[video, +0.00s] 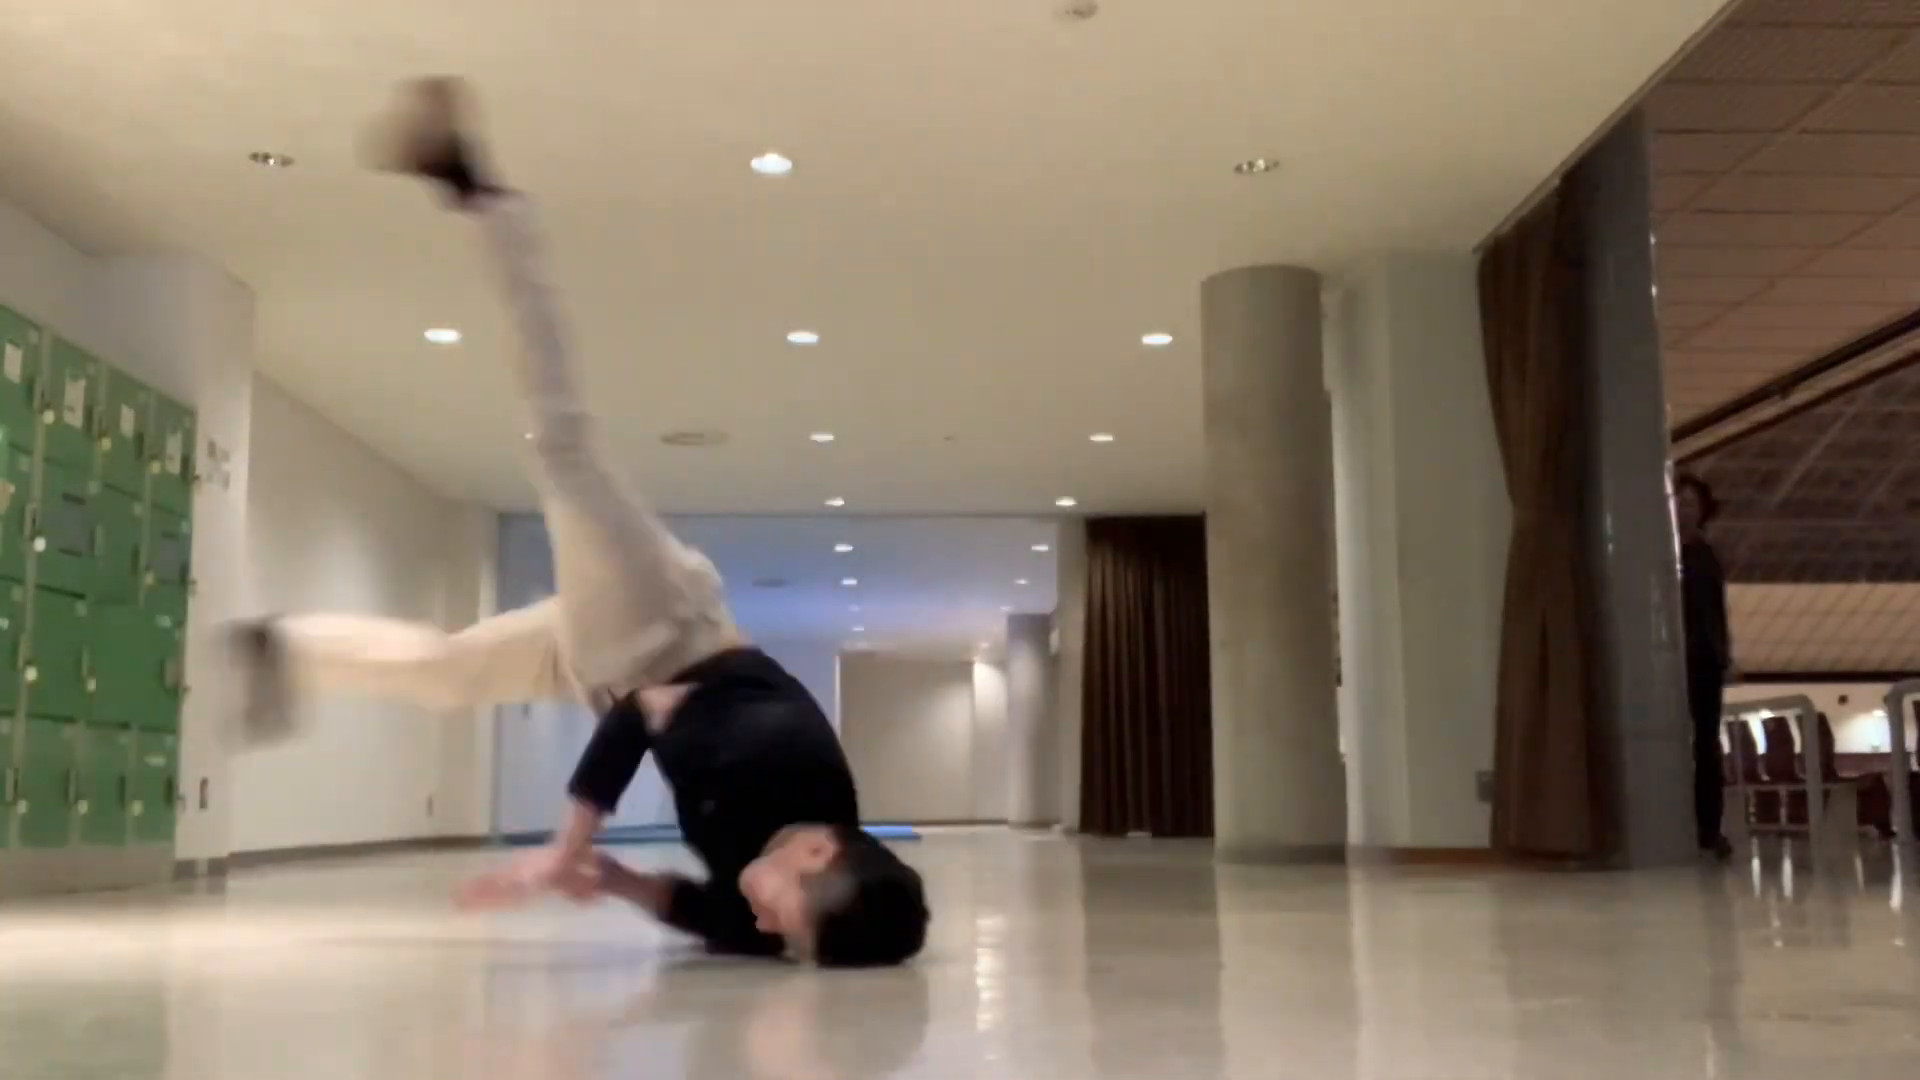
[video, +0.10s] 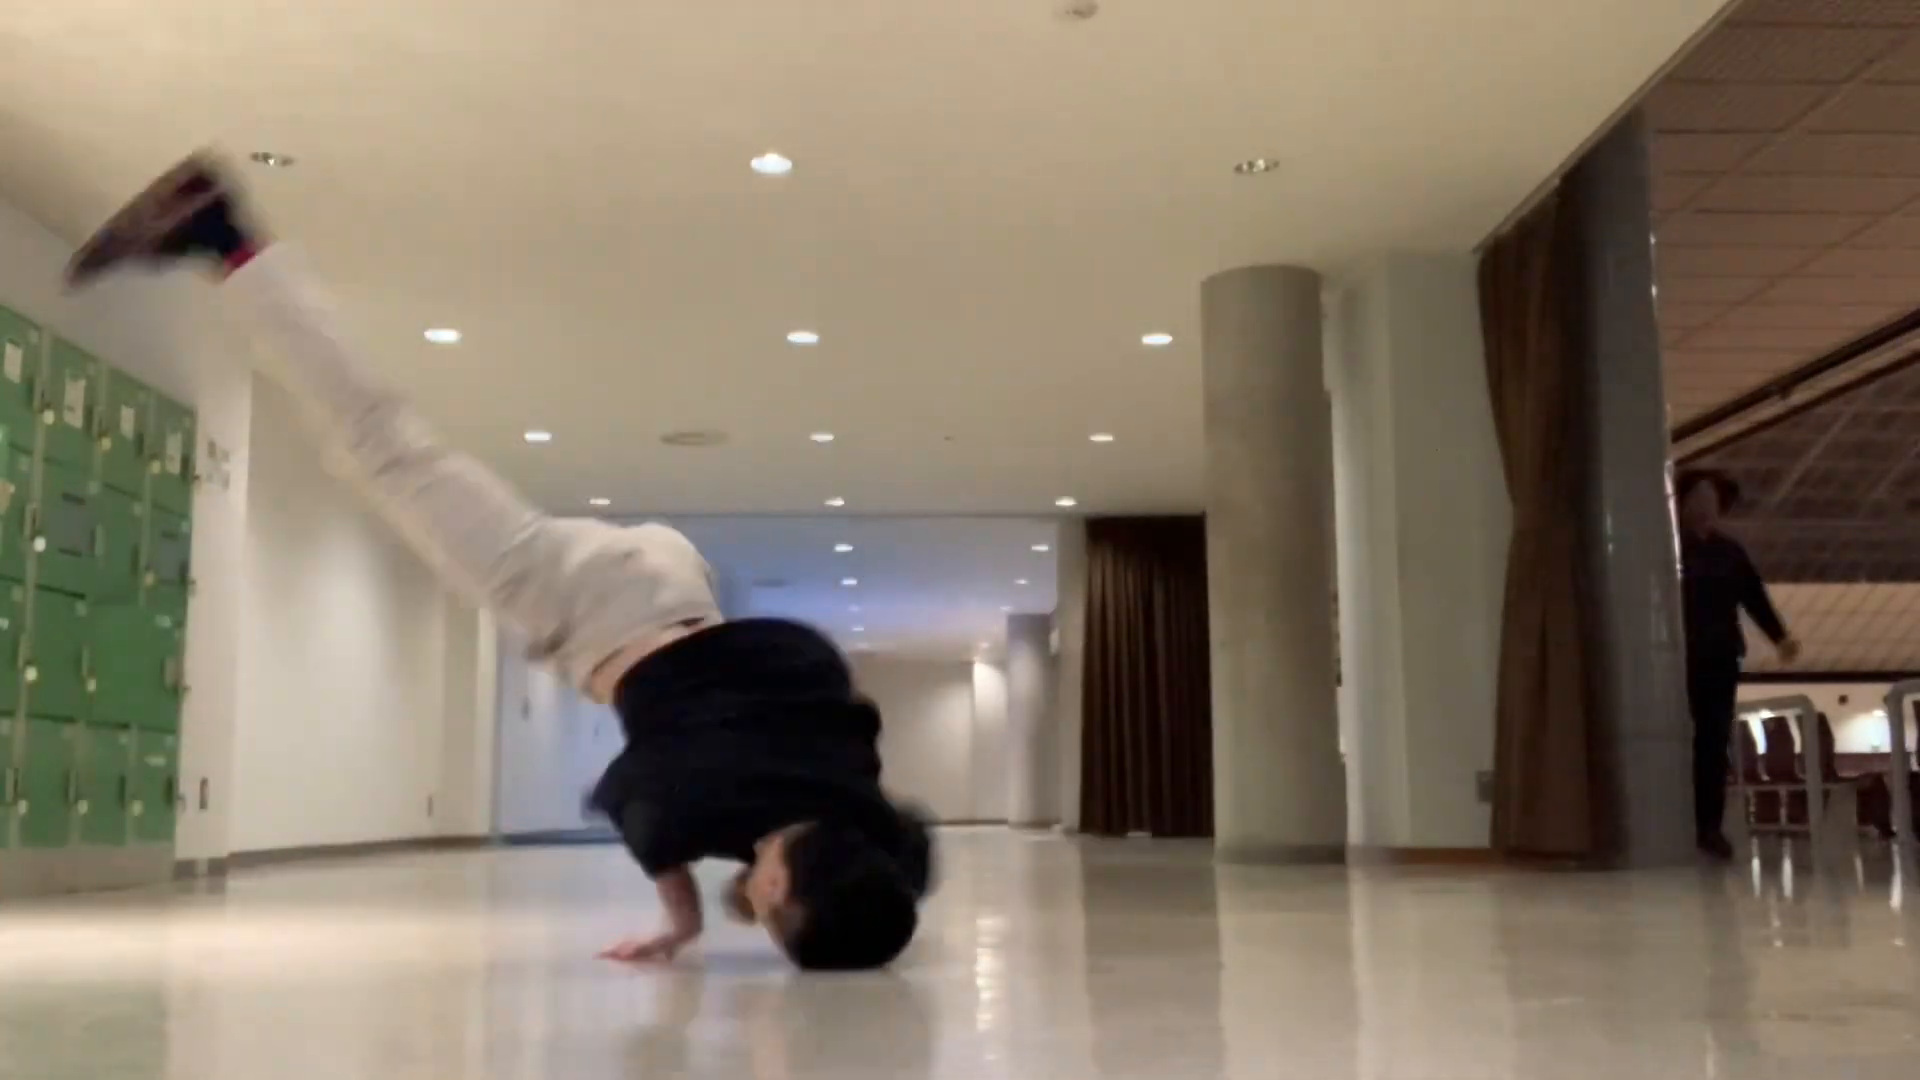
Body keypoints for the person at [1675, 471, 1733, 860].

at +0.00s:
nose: (1681, 511)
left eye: (1689, 504)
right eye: (1678, 502)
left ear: (1702, 512)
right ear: (1669, 508)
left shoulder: (1703, 556)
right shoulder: (1663, 554)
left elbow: (1714, 612)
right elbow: (1714, 614)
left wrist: (1721, 656)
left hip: (1702, 661)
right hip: (1673, 660)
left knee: (1705, 746)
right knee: (1686, 744)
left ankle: (1708, 831)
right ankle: (1688, 830)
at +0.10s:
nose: (1703, 511)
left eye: (1710, 503)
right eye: (1695, 503)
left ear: (1719, 508)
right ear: (1680, 506)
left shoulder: (1726, 551)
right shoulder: (1666, 548)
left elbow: (1751, 594)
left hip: (1718, 657)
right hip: (1673, 657)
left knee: (1712, 744)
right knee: (1680, 740)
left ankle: (1709, 829)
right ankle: (1682, 828)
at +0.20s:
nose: (1723, 509)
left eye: (1730, 501)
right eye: (1715, 500)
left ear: (1741, 509)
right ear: (1699, 507)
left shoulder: (1747, 554)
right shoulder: (1682, 554)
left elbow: (1782, 579)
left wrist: (1817, 602)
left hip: (1740, 660)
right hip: (1694, 661)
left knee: (1725, 742)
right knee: (1729, 742)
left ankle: (1708, 819)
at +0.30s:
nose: (1752, 499)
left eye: (1756, 491)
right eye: (1742, 491)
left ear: (1762, 500)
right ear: (1722, 501)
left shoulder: (1770, 549)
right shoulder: (1700, 549)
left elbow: (1807, 576)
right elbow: (1668, 586)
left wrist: (1844, 594)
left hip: (1760, 659)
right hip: (1715, 659)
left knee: (1759, 743)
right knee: (1757, 742)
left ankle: (1720, 808)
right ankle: (1763, 837)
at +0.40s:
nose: (1773, 486)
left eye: (1780, 477)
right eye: (1764, 477)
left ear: (1791, 485)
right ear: (1746, 484)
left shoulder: (1796, 537)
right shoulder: (1724, 538)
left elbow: (1826, 585)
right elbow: (1697, 592)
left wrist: (1852, 628)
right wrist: (1684, 638)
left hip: (1778, 657)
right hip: (1734, 657)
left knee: (1789, 741)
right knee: (1763, 742)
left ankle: (1764, 823)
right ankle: (1762, 837)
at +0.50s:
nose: (1802, 472)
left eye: (1809, 463)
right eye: (1793, 461)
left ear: (1817, 473)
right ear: (1772, 467)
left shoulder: (1819, 521)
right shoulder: (1750, 517)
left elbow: (1827, 585)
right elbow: (1741, 577)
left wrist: (1829, 637)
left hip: (1805, 641)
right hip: (1756, 642)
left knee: (1827, 728)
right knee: (1759, 734)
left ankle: (1825, 824)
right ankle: (1762, 833)